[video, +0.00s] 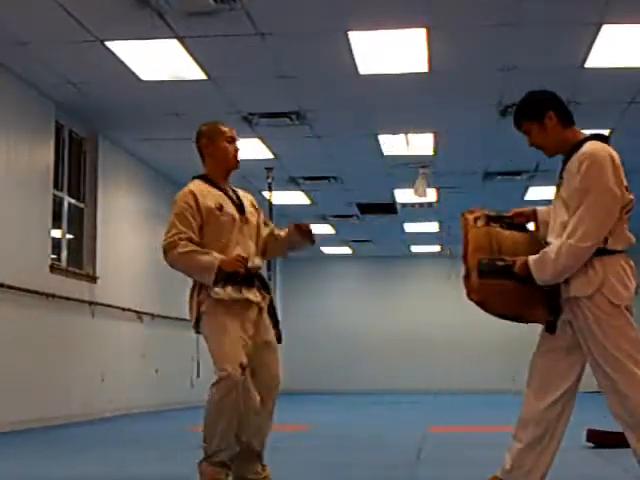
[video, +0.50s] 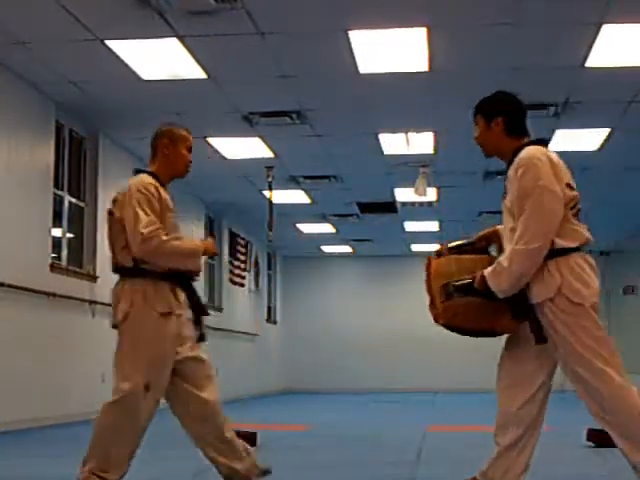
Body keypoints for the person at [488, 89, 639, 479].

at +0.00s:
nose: (532, 144)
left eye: (531, 134)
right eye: (527, 137)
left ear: (552, 120)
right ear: (551, 123)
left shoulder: (595, 157)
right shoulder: (576, 162)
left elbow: (587, 235)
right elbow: (574, 215)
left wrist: (533, 266)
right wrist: (536, 216)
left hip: (599, 281)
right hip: (573, 283)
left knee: (627, 390)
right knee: (547, 388)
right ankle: (518, 474)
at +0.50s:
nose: (475, 136)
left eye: (478, 127)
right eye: (475, 127)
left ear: (499, 125)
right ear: (505, 126)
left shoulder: (533, 162)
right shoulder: (525, 164)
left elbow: (534, 238)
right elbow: (534, 223)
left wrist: (490, 281)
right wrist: (498, 235)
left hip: (561, 279)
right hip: (538, 281)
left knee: (603, 385)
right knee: (519, 385)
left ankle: (638, 457)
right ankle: (503, 472)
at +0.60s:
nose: (456, 135)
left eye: (459, 126)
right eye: (456, 127)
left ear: (478, 124)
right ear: (489, 125)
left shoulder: (507, 158)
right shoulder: (515, 157)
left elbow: (507, 233)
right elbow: (517, 225)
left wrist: (470, 277)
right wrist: (475, 232)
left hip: (538, 275)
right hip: (524, 276)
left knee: (560, 379)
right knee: (511, 382)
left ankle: (632, 462)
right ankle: (502, 471)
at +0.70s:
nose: (442, 132)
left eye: (444, 123)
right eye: (442, 123)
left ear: (462, 120)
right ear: (472, 121)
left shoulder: (488, 155)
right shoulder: (503, 153)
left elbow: (485, 228)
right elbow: (500, 223)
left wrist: (449, 272)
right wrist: (455, 229)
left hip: (516, 272)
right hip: (517, 270)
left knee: (511, 374)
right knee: (503, 375)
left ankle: (588, 452)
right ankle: (502, 469)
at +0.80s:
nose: (430, 129)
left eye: (433, 120)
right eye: (430, 121)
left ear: (450, 117)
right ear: (461, 118)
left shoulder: (473, 152)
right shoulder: (496, 151)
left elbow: (466, 223)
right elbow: (485, 219)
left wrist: (426, 267)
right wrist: (434, 225)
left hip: (495, 269)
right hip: (518, 266)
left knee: (463, 367)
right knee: (508, 372)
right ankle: (502, 465)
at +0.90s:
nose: (426, 130)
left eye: (427, 120)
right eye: (425, 121)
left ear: (445, 116)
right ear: (458, 117)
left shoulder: (466, 152)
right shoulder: (492, 152)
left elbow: (454, 227)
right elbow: (476, 219)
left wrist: (413, 266)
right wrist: (423, 224)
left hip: (483, 273)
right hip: (509, 271)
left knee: (447, 364)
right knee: (502, 379)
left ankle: (474, 465)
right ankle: (505, 470)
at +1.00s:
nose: (412, 127)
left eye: (415, 117)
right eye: (412, 118)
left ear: (432, 115)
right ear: (448, 116)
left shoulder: (450, 153)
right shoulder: (480, 154)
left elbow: (434, 227)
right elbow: (457, 220)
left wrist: (386, 266)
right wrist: (404, 225)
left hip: (464, 276)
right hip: (492, 274)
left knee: (422, 369)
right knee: (488, 382)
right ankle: (500, 471)